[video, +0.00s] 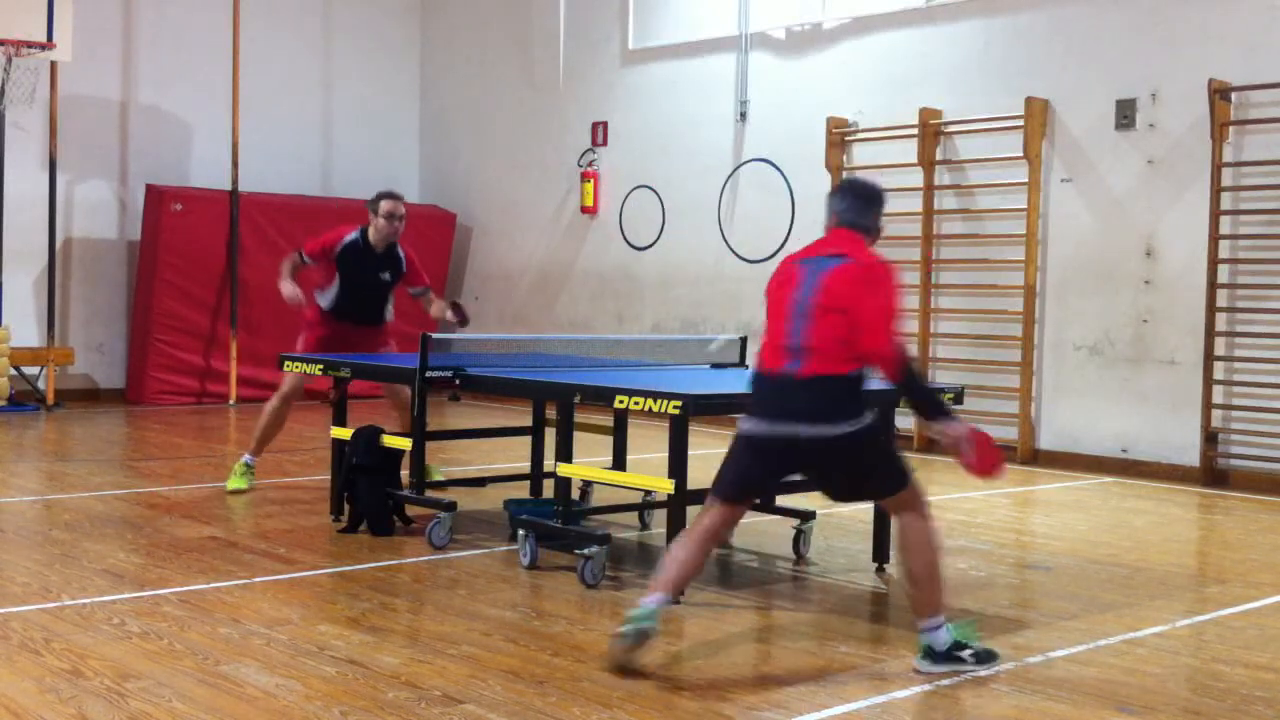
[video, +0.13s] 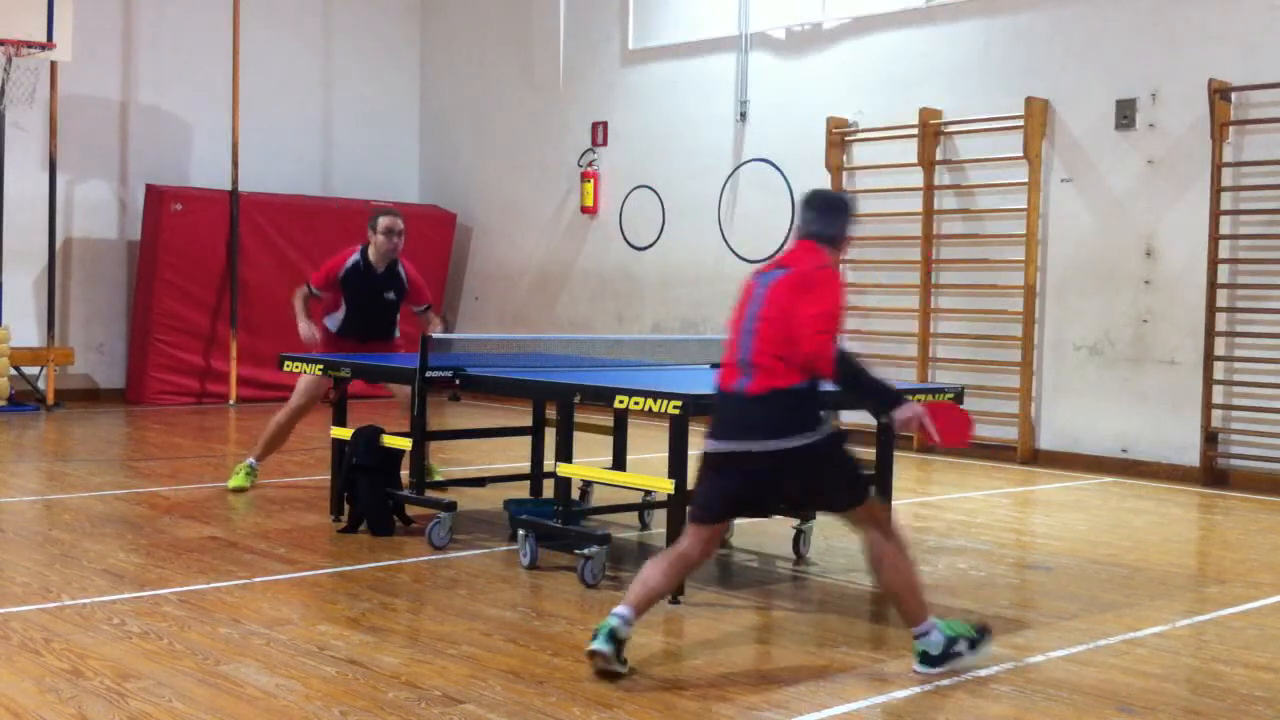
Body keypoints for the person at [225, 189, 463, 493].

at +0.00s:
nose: (396, 225)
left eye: (401, 219)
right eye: (390, 217)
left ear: (405, 222)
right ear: (371, 217)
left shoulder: (402, 258)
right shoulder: (343, 241)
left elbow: (429, 301)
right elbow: (293, 260)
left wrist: (444, 311)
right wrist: (286, 282)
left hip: (373, 336)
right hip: (325, 330)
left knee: (404, 397)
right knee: (288, 392)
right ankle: (247, 463)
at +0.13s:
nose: (396, 241)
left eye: (400, 235)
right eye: (389, 234)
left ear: (404, 238)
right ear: (372, 235)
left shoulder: (404, 272)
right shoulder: (347, 262)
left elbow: (428, 316)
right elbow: (301, 293)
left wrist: (435, 332)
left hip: (384, 349)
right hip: (337, 346)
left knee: (415, 399)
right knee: (298, 404)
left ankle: (422, 466)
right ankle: (251, 465)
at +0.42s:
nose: (390, 252)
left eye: (395, 246)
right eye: (384, 245)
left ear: (400, 250)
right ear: (368, 246)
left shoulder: (394, 285)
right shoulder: (342, 271)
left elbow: (391, 324)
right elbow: (298, 308)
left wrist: (403, 344)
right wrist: (312, 343)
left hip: (369, 353)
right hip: (330, 351)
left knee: (418, 396)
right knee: (290, 412)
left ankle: (422, 465)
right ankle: (248, 468)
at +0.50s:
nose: (391, 255)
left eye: (396, 250)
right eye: (385, 248)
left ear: (401, 253)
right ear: (370, 248)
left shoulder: (396, 287)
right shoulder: (344, 270)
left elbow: (397, 330)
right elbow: (299, 305)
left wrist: (399, 360)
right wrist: (309, 335)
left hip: (367, 353)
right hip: (328, 350)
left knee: (418, 395)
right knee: (292, 412)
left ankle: (422, 465)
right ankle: (248, 468)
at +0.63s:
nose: (382, 252)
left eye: (389, 247)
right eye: (376, 245)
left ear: (397, 249)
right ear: (365, 243)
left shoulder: (395, 284)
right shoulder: (340, 264)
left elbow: (393, 335)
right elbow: (294, 286)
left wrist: (364, 341)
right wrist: (294, 301)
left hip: (367, 354)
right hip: (323, 348)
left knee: (408, 396)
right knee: (288, 400)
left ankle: (421, 464)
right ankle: (246, 465)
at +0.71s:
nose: (370, 246)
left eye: (377, 240)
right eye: (363, 239)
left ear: (386, 242)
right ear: (352, 238)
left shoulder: (384, 275)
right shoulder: (335, 256)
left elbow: (375, 324)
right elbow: (300, 265)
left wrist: (355, 323)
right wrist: (274, 270)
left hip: (364, 344)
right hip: (322, 336)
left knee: (397, 402)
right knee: (280, 390)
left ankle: (420, 462)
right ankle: (244, 464)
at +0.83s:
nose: (344, 236)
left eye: (351, 230)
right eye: (338, 229)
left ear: (359, 233)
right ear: (326, 230)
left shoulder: (365, 266)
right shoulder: (314, 252)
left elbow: (365, 325)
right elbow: (294, 261)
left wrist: (341, 323)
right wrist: (258, 271)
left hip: (358, 346)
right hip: (316, 339)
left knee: (388, 403)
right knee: (267, 387)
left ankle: (424, 462)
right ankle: (241, 464)